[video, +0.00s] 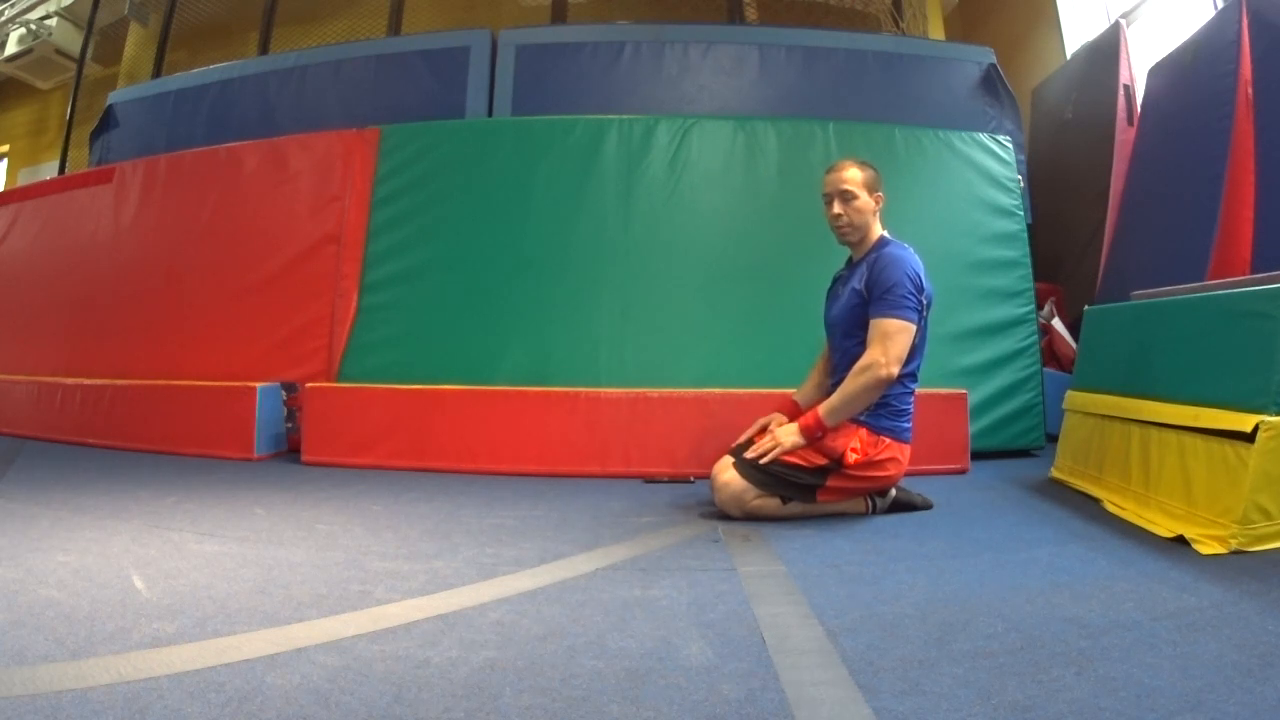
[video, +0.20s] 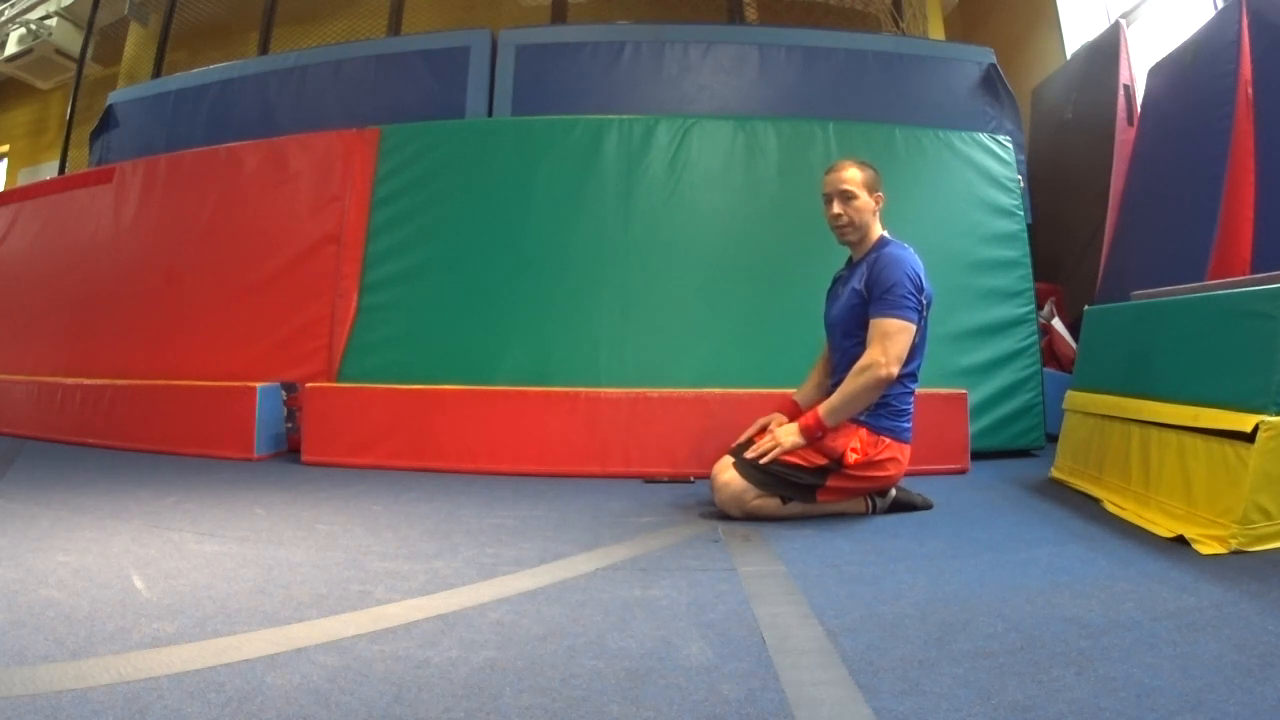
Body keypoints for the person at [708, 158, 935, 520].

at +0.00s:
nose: (835, 211)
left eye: (847, 198)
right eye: (828, 201)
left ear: (877, 202)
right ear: (823, 207)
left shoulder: (895, 263)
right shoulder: (848, 276)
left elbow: (882, 366)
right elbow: (832, 362)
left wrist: (805, 429)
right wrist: (788, 414)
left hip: (872, 444)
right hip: (844, 433)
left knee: (734, 493)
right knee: (724, 474)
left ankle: (869, 502)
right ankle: (859, 489)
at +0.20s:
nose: (835, 211)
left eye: (847, 197)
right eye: (828, 201)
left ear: (877, 202)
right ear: (823, 208)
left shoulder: (895, 263)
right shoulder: (848, 276)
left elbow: (882, 366)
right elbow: (832, 363)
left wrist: (805, 429)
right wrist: (788, 414)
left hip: (872, 444)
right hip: (844, 433)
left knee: (734, 493)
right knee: (724, 474)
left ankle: (869, 502)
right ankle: (859, 489)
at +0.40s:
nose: (831, 212)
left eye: (843, 199)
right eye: (826, 202)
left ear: (875, 202)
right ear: (821, 207)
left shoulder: (894, 263)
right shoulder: (849, 275)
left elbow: (882, 366)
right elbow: (833, 362)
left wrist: (806, 429)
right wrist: (788, 415)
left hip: (873, 445)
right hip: (846, 435)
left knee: (734, 492)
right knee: (725, 473)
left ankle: (869, 502)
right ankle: (861, 491)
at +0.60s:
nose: (832, 211)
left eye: (844, 198)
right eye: (826, 202)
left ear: (875, 201)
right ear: (821, 208)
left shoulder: (894, 263)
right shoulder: (848, 276)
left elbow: (883, 366)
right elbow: (833, 364)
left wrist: (810, 428)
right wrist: (790, 417)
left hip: (872, 445)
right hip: (846, 435)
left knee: (734, 494)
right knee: (724, 474)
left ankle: (869, 502)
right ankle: (861, 491)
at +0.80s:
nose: (833, 212)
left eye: (844, 198)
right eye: (827, 202)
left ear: (876, 201)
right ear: (822, 208)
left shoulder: (894, 262)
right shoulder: (849, 274)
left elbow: (883, 365)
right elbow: (833, 360)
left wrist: (808, 429)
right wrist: (790, 415)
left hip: (873, 445)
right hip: (847, 436)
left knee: (734, 492)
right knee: (725, 473)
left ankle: (869, 502)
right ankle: (863, 491)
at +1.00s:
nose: (833, 212)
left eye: (845, 198)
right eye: (827, 202)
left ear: (876, 201)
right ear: (822, 208)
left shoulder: (895, 263)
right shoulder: (850, 274)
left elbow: (884, 365)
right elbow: (834, 360)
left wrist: (809, 429)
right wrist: (791, 414)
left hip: (872, 445)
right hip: (847, 435)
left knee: (734, 493)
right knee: (725, 474)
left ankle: (869, 502)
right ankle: (863, 491)